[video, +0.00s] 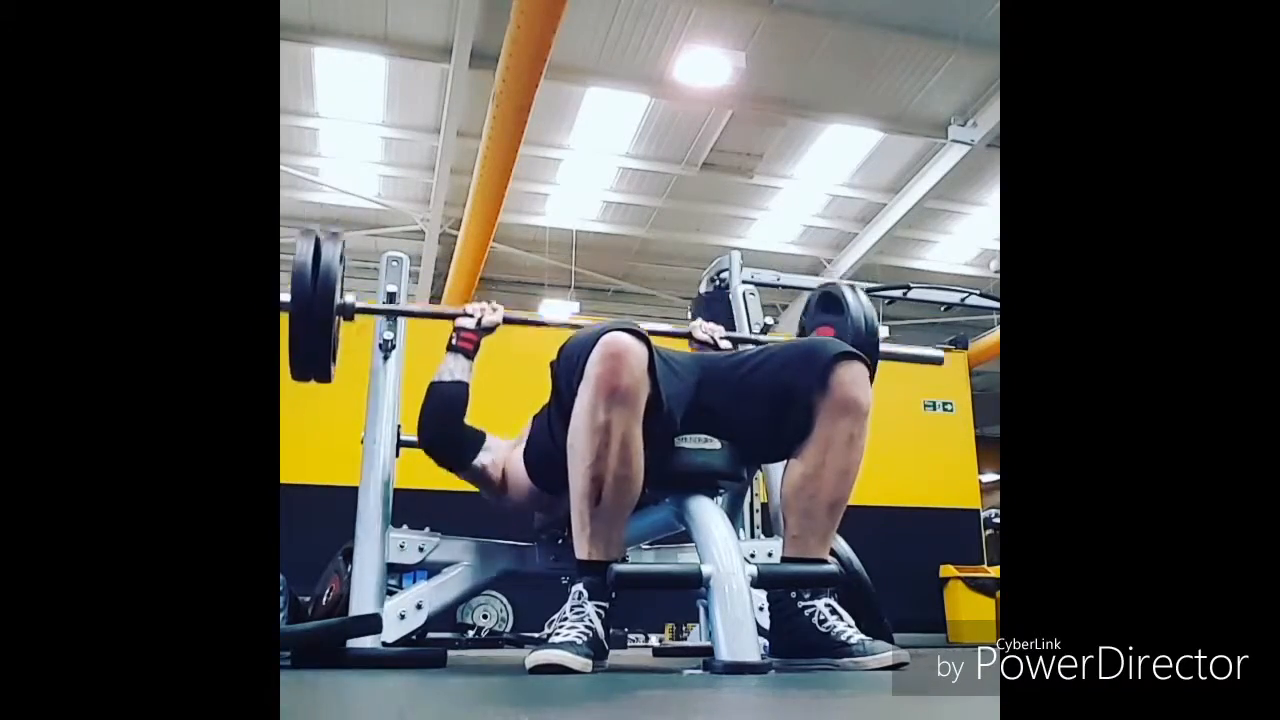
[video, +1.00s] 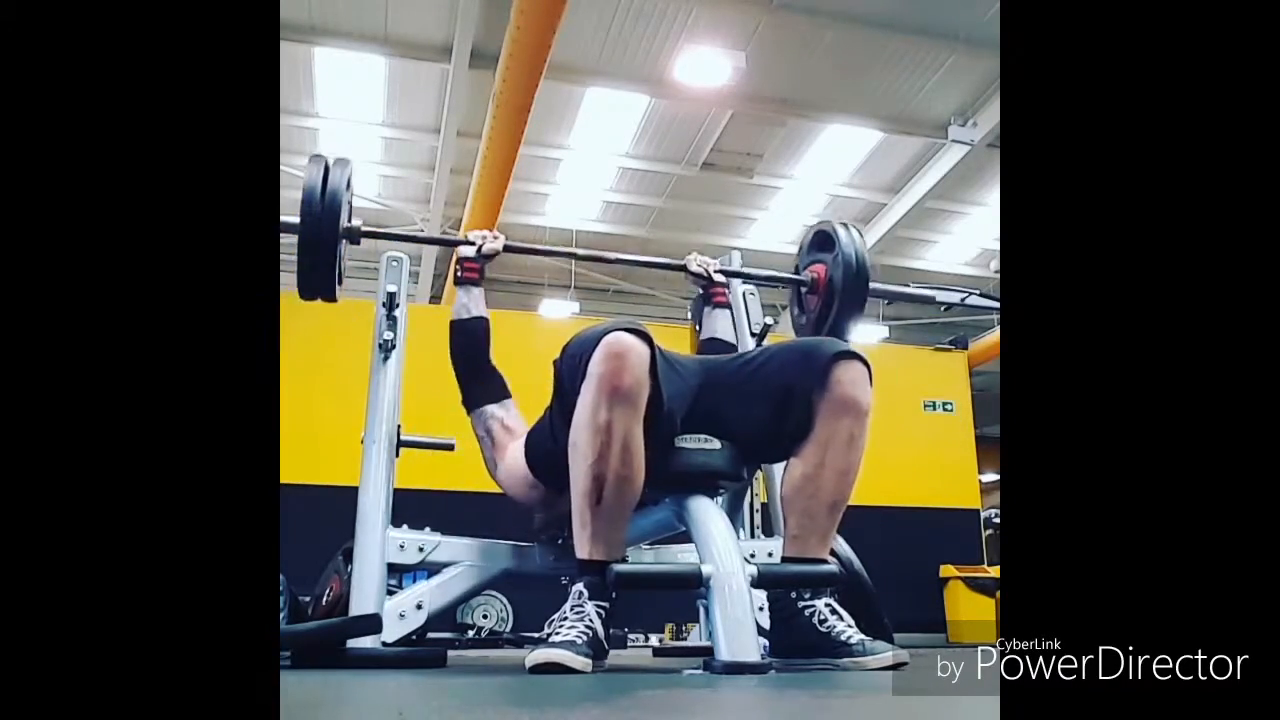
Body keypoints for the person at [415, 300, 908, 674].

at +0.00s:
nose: (491, 464)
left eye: (494, 464)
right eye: (490, 471)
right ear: (499, 475)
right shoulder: (517, 467)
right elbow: (440, 433)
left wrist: (717, 356)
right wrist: (465, 340)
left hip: (708, 389)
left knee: (846, 377)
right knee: (619, 355)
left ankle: (799, 609)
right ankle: (587, 606)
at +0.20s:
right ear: (494, 508)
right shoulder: (525, 490)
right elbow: (450, 498)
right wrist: (466, 407)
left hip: (701, 375)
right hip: (627, 361)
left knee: (850, 375)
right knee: (622, 356)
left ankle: (801, 606)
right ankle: (588, 606)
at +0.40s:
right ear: (499, 502)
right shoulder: (525, 478)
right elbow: (447, 483)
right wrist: (463, 394)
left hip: (700, 375)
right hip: (625, 362)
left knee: (848, 375)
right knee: (622, 356)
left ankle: (801, 606)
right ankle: (587, 605)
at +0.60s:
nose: (498, 470)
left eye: (497, 472)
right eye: (493, 476)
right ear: (498, 472)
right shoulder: (519, 460)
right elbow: (443, 428)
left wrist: (723, 348)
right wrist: (463, 339)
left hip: (704, 386)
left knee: (845, 378)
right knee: (621, 355)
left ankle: (798, 609)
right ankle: (587, 606)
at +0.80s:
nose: (494, 437)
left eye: (496, 439)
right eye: (489, 447)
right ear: (496, 467)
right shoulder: (520, 474)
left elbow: (728, 393)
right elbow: (452, 393)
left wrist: (717, 328)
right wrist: (466, 297)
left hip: (686, 386)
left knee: (843, 375)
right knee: (624, 354)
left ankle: (800, 610)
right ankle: (586, 606)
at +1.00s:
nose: (502, 427)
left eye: (502, 430)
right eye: (496, 433)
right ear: (515, 471)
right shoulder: (527, 466)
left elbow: (720, 367)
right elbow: (478, 378)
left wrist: (712, 293)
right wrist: (467, 276)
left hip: (696, 381)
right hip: (622, 363)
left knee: (843, 373)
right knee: (619, 351)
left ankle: (798, 607)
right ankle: (586, 606)